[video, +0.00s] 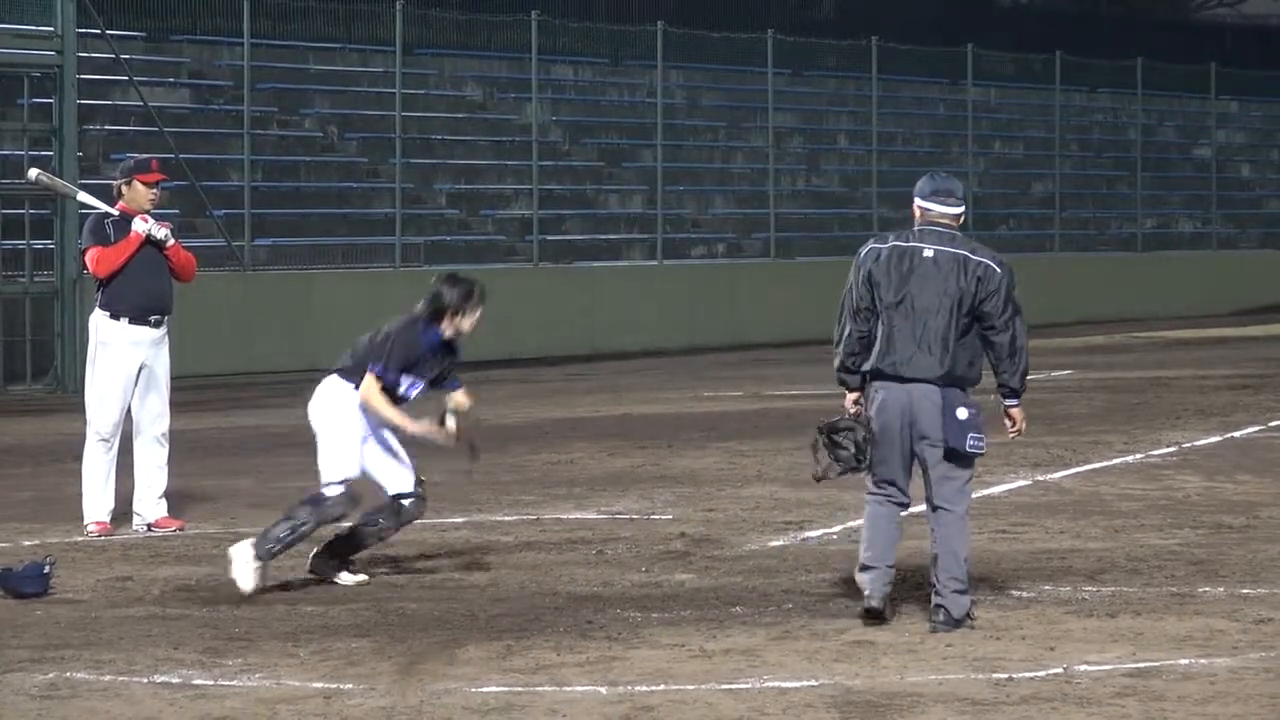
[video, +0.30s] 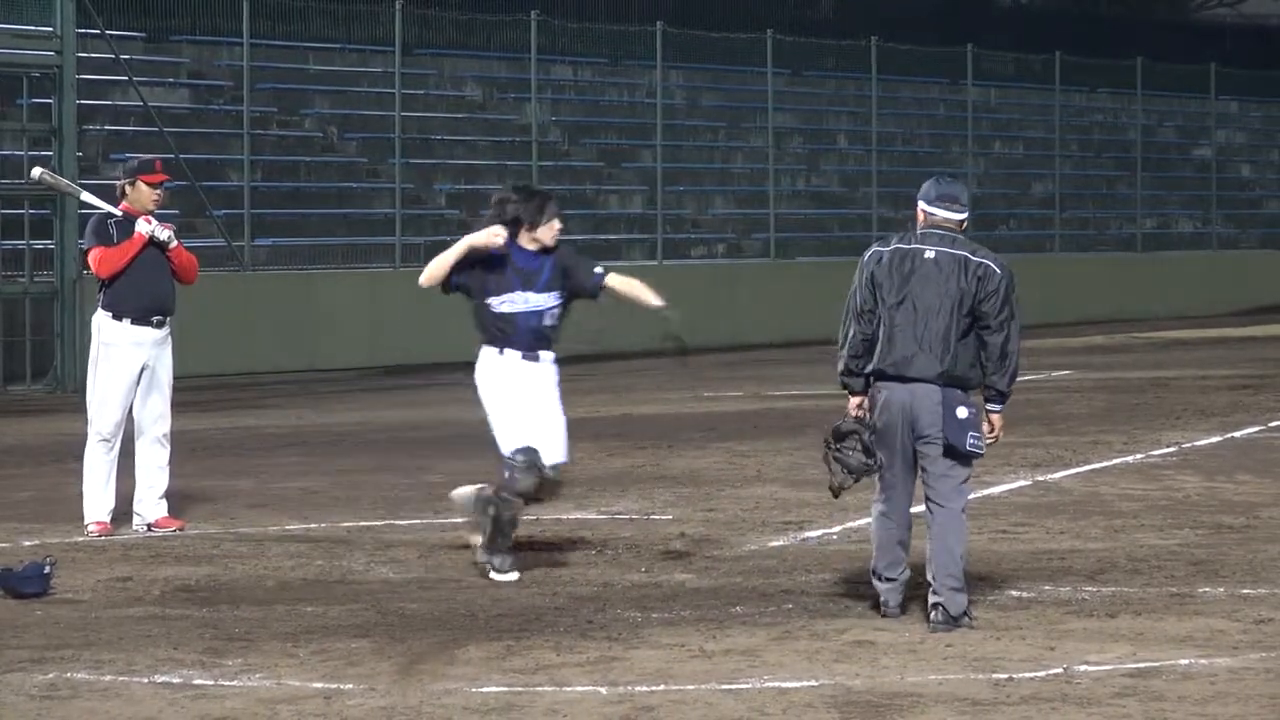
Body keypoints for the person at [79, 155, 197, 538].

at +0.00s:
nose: (156, 191)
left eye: (157, 186)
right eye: (149, 185)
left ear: (153, 190)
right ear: (125, 186)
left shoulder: (158, 228)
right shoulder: (101, 222)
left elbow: (188, 271)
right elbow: (99, 266)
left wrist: (168, 242)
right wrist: (138, 235)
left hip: (156, 335)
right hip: (115, 333)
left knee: (154, 427)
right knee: (104, 428)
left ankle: (151, 512)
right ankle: (98, 516)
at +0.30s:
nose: (159, 192)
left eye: (161, 186)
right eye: (152, 186)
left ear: (156, 190)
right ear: (128, 187)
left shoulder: (161, 228)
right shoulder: (104, 222)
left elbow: (190, 274)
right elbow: (102, 266)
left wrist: (171, 243)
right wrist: (141, 237)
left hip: (159, 336)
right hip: (117, 334)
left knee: (155, 428)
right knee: (106, 428)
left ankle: (151, 513)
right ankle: (98, 516)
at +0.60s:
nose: (168, 193)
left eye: (169, 187)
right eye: (161, 186)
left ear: (160, 189)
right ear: (136, 187)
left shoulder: (168, 227)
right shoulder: (113, 222)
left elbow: (197, 275)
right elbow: (110, 267)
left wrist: (179, 245)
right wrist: (149, 238)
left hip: (166, 336)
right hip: (125, 334)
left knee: (158, 429)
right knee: (110, 427)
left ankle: (151, 513)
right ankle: (98, 515)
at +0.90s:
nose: (180, 193)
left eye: (181, 187)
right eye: (174, 186)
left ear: (168, 190)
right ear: (149, 187)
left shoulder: (177, 227)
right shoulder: (122, 222)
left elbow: (204, 276)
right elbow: (125, 266)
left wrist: (190, 247)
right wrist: (163, 238)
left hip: (171, 336)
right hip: (132, 332)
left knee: (160, 429)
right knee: (115, 424)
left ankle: (150, 513)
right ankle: (99, 514)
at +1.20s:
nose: (194, 192)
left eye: (194, 186)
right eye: (188, 186)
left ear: (177, 189)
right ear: (165, 188)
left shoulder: (186, 229)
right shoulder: (135, 222)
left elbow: (210, 280)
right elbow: (128, 269)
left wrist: (201, 253)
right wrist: (173, 246)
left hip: (175, 334)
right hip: (140, 328)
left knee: (166, 426)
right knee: (142, 417)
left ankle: (153, 509)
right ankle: (121, 506)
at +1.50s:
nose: (206, 192)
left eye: (206, 186)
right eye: (200, 186)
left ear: (189, 190)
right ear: (177, 189)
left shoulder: (199, 233)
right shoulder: (146, 222)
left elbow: (215, 270)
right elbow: (127, 272)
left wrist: (220, 287)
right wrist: (183, 282)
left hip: (182, 335)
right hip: (147, 330)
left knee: (167, 427)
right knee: (159, 425)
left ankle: (147, 515)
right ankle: (181, 513)